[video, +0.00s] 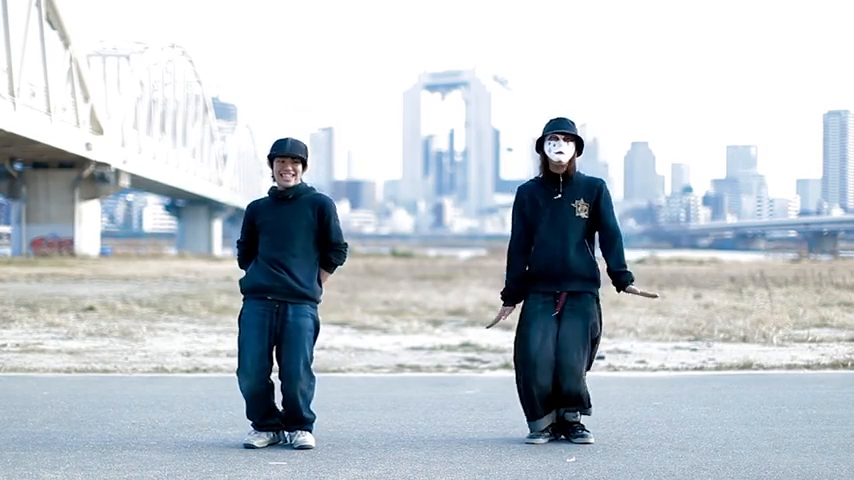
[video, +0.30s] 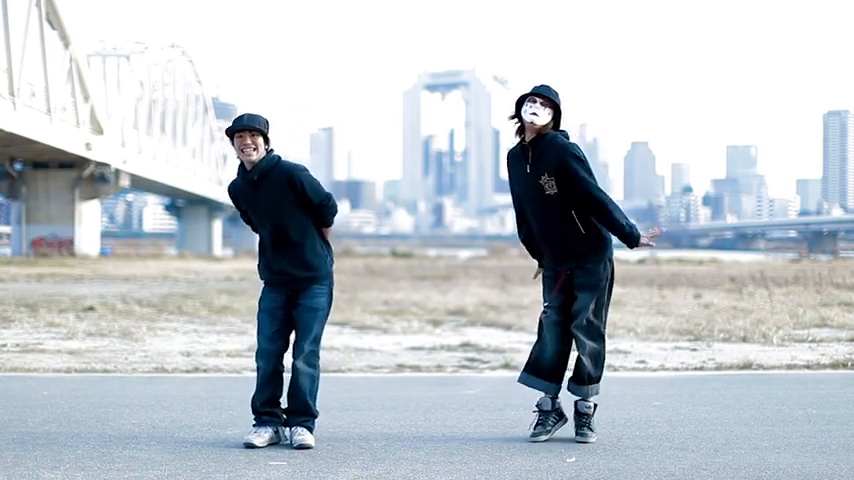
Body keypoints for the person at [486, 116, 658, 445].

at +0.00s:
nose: (559, 146)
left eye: (566, 141)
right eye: (553, 141)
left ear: (576, 148)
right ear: (543, 147)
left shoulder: (593, 188)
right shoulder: (527, 192)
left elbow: (610, 236)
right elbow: (518, 245)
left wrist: (621, 277)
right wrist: (510, 293)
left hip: (580, 288)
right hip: (539, 289)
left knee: (572, 354)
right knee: (534, 354)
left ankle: (571, 420)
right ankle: (544, 424)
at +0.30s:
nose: (535, 108)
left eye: (543, 106)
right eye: (530, 103)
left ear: (554, 117)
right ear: (520, 111)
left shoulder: (562, 150)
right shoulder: (515, 157)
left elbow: (593, 195)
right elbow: (522, 212)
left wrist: (631, 235)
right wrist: (539, 255)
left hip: (590, 253)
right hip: (554, 256)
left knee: (586, 327)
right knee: (551, 326)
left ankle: (585, 407)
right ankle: (550, 408)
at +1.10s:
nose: (581, 114)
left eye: (587, 109)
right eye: (575, 109)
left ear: (597, 115)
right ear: (565, 115)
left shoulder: (601, 163)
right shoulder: (546, 150)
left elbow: (600, 218)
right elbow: (523, 199)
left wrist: (597, 264)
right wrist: (503, 248)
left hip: (578, 260)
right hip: (538, 258)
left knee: (578, 338)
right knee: (543, 338)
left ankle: (583, 415)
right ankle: (549, 416)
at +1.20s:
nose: (591, 112)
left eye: (596, 107)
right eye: (583, 108)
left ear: (606, 113)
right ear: (573, 115)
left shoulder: (604, 161)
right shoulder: (557, 150)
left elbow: (588, 210)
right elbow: (528, 195)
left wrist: (574, 246)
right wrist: (496, 235)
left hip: (572, 257)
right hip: (535, 255)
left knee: (575, 329)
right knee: (535, 331)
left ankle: (583, 407)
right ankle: (545, 412)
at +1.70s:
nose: (574, 119)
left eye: (581, 114)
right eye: (569, 112)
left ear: (590, 122)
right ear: (558, 116)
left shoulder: (598, 162)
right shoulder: (536, 155)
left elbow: (608, 218)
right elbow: (519, 208)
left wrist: (618, 266)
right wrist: (514, 256)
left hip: (587, 265)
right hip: (546, 264)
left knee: (585, 341)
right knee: (546, 339)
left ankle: (585, 415)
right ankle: (547, 417)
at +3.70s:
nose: (576, 141)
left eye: (583, 136)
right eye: (570, 135)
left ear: (591, 143)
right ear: (560, 140)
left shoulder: (604, 188)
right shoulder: (540, 183)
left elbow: (615, 242)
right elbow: (526, 237)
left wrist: (622, 290)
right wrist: (523, 287)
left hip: (594, 284)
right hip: (551, 282)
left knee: (590, 349)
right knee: (555, 348)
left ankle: (580, 416)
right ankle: (548, 417)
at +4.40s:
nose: (560, 113)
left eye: (566, 106)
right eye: (553, 107)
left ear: (577, 110)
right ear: (544, 113)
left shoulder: (598, 148)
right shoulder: (535, 153)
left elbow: (611, 199)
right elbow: (527, 206)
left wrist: (623, 247)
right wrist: (525, 252)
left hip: (594, 256)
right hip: (555, 258)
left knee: (594, 334)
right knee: (556, 333)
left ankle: (595, 414)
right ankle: (556, 412)